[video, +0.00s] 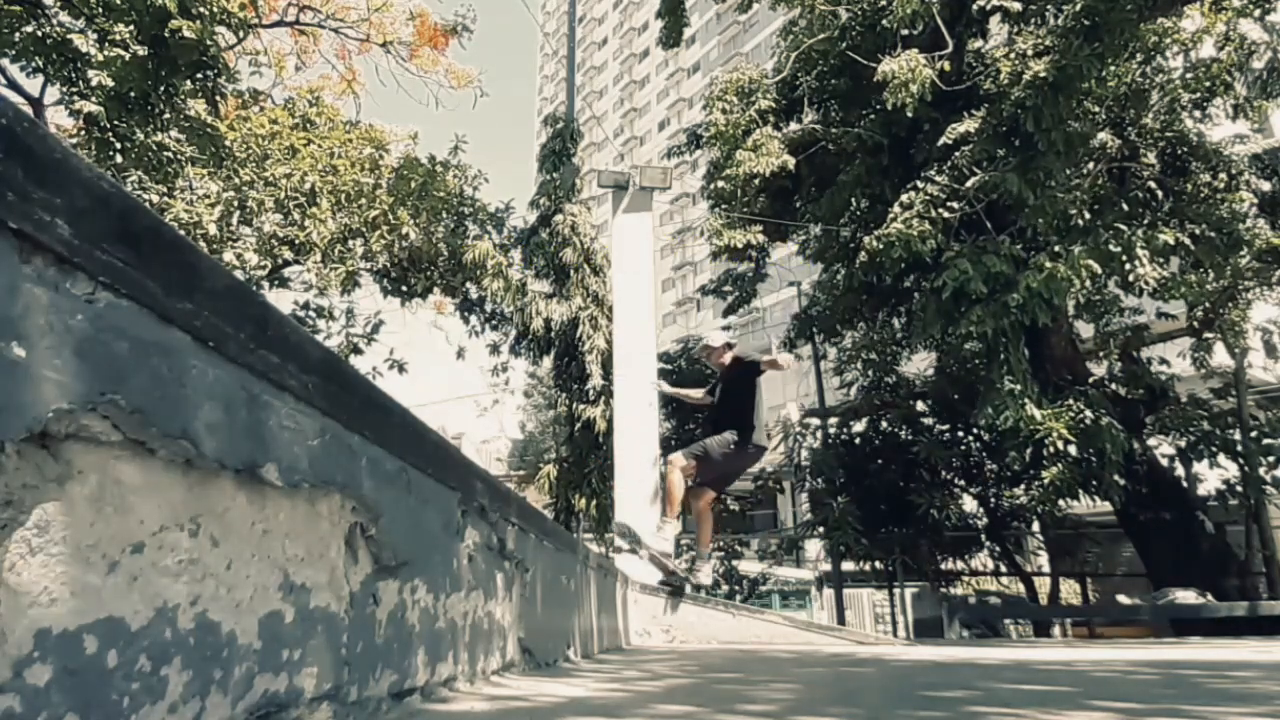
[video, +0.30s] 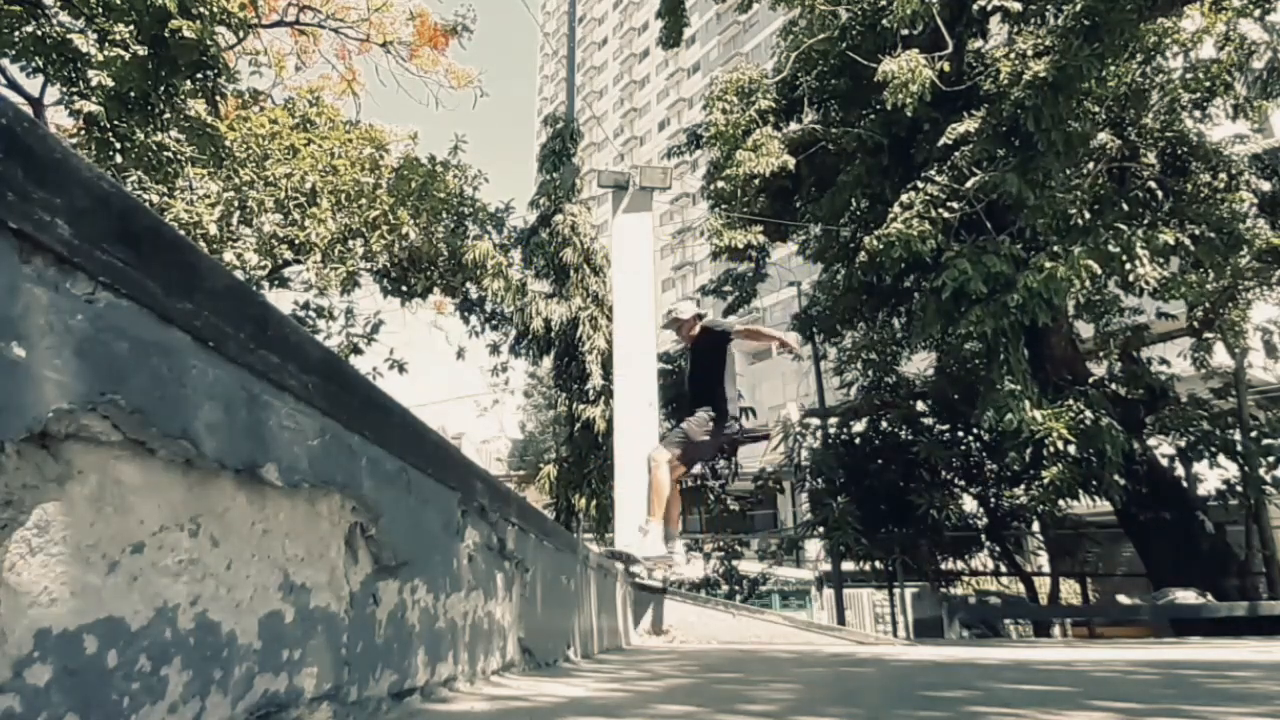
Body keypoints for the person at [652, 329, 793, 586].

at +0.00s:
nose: (710, 357)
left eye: (712, 351)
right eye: (707, 354)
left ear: (726, 349)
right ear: (710, 357)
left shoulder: (741, 364)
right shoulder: (723, 380)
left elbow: (766, 364)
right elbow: (704, 397)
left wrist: (780, 362)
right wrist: (671, 390)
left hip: (741, 438)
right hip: (748, 444)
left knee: (676, 463)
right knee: (700, 498)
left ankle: (666, 534)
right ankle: (702, 567)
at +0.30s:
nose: (676, 332)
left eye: (680, 325)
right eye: (674, 327)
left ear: (695, 321)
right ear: (683, 327)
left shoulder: (713, 330)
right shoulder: (696, 347)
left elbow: (744, 333)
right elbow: (744, 344)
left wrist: (780, 337)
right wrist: (773, 343)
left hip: (712, 416)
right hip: (706, 418)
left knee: (659, 457)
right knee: (670, 476)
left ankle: (652, 534)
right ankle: (672, 545)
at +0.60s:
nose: (648, 311)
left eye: (650, 303)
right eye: (645, 307)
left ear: (667, 298)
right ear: (651, 308)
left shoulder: (684, 313)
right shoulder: (669, 329)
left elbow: (718, 349)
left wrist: (751, 385)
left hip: (683, 402)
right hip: (672, 403)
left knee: (630, 453)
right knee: (640, 466)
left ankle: (639, 532)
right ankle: (649, 539)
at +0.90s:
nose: (636, 294)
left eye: (639, 285)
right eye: (633, 289)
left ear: (656, 278)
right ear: (636, 290)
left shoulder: (677, 300)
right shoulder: (657, 313)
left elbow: (707, 345)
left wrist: (715, 393)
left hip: (671, 390)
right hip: (657, 392)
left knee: (614, 444)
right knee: (624, 464)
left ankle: (631, 526)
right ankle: (636, 537)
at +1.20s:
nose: (629, 273)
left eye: (633, 263)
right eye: (623, 268)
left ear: (650, 257)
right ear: (620, 271)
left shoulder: (674, 281)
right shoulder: (633, 300)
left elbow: (716, 324)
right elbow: (609, 345)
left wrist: (737, 367)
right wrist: (561, 354)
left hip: (671, 376)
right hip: (645, 386)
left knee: (608, 428)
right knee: (599, 453)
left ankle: (626, 517)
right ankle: (630, 527)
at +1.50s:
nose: (630, 259)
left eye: (634, 250)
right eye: (624, 255)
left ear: (652, 244)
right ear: (621, 257)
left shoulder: (685, 270)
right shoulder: (622, 289)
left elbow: (738, 299)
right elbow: (577, 322)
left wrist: (776, 335)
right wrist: (533, 316)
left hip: (680, 372)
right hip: (638, 380)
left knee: (624, 418)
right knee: (590, 437)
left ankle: (630, 518)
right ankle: (618, 518)